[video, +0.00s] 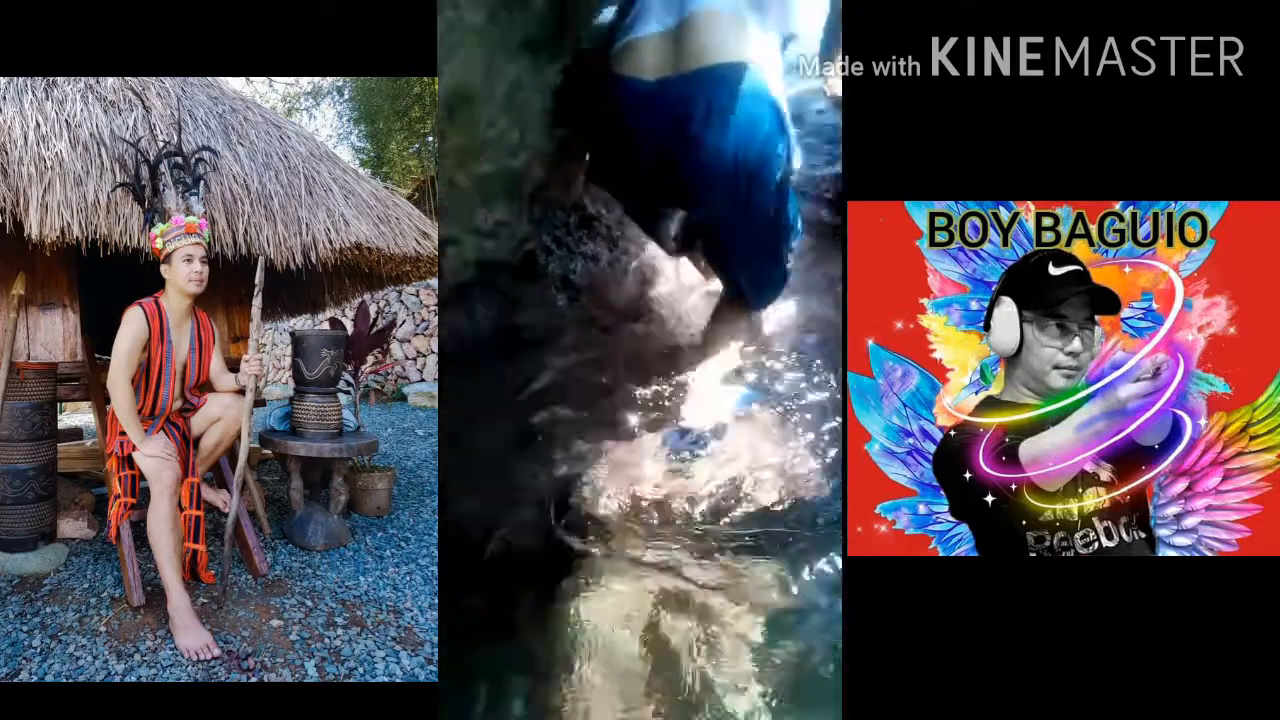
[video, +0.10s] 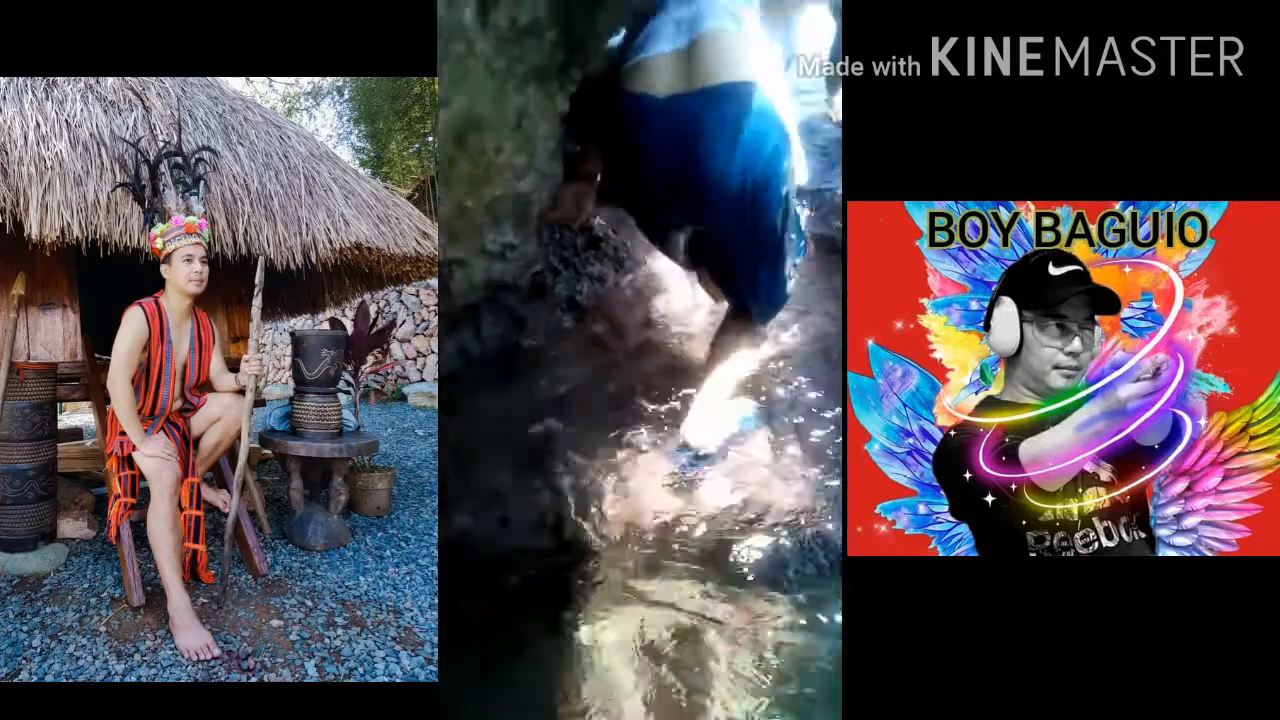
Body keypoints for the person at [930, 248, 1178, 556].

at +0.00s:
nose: (1076, 346)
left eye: (1086, 328)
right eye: (1055, 327)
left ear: (1096, 334)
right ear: (1007, 327)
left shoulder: (1113, 409)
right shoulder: (962, 445)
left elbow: (1155, 435)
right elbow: (1022, 472)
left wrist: (1149, 396)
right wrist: (1106, 412)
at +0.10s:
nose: (1076, 346)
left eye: (1086, 328)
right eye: (1055, 327)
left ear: (1097, 334)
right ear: (1007, 327)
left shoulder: (1113, 409)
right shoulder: (962, 445)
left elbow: (1156, 435)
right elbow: (1022, 472)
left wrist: (1149, 396)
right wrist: (1106, 412)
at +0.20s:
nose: (1076, 346)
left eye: (1086, 328)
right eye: (1055, 327)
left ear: (1097, 334)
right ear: (1007, 328)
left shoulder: (1113, 409)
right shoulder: (962, 446)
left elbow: (1156, 435)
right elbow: (1021, 472)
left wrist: (1148, 396)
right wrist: (1106, 412)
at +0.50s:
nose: (1076, 346)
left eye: (1086, 328)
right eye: (1055, 327)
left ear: (1097, 334)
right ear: (1007, 328)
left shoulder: (1113, 408)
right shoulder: (962, 446)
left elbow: (1155, 435)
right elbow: (1022, 472)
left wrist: (1149, 396)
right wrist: (1106, 412)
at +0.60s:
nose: (1076, 346)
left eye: (1086, 328)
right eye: (1055, 327)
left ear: (1097, 334)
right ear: (1007, 328)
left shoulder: (1113, 408)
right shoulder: (962, 446)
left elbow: (1155, 435)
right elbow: (1022, 472)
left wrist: (1149, 396)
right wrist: (1106, 412)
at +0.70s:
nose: (1076, 346)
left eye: (1086, 328)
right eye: (1055, 326)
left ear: (1097, 335)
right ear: (1007, 328)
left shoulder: (1113, 408)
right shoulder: (962, 446)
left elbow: (1156, 435)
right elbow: (1022, 471)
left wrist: (1147, 395)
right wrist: (1105, 413)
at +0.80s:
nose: (1076, 346)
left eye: (1086, 328)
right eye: (1055, 326)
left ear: (1097, 335)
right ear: (1007, 328)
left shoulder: (1113, 408)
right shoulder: (962, 446)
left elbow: (1156, 435)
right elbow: (1021, 471)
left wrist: (1147, 395)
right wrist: (1105, 413)